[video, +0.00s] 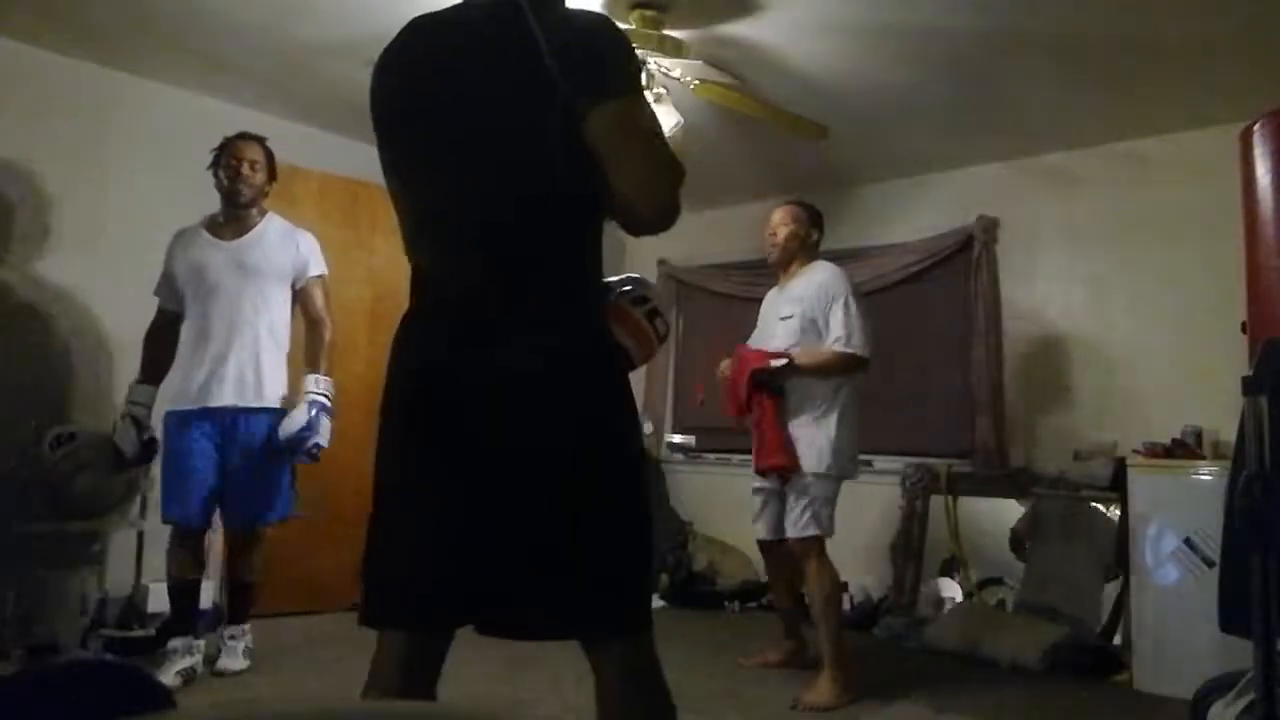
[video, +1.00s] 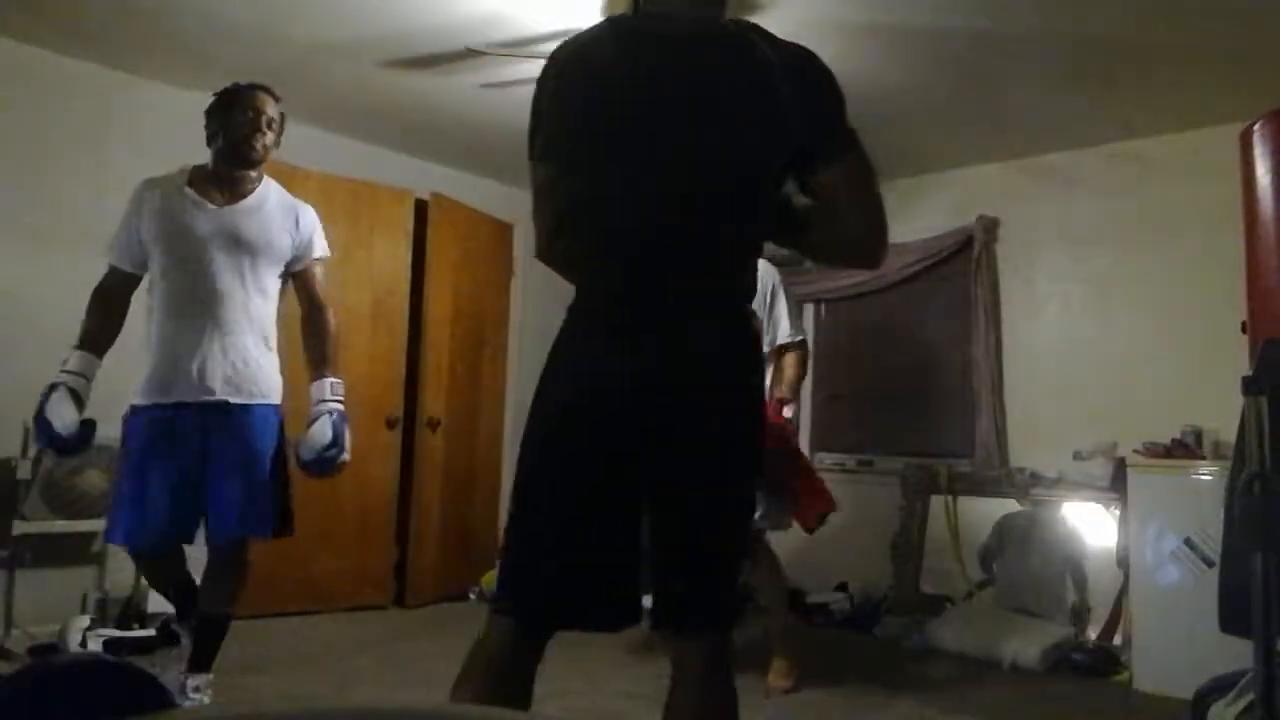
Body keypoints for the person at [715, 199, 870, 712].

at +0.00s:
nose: (768, 237)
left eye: (778, 229)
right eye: (768, 230)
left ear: (808, 235)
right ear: (777, 239)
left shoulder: (830, 278)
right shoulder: (774, 292)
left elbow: (853, 352)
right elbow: (769, 354)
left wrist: (779, 364)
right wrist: (738, 363)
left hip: (817, 440)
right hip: (775, 438)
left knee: (807, 544)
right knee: (771, 541)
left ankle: (833, 672)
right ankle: (793, 642)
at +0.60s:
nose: (717, 225)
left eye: (727, 214)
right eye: (717, 214)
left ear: (749, 217)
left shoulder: (783, 274)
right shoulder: (718, 286)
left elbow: (819, 347)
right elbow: (704, 358)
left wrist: (775, 373)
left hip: (774, 432)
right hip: (718, 433)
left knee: (787, 544)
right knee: (716, 544)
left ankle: (826, 672)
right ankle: (720, 645)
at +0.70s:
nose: (706, 230)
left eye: (713, 220)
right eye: (703, 221)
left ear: (729, 226)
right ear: (701, 232)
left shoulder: (775, 278)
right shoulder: (692, 286)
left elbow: (802, 350)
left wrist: (765, 389)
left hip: (756, 438)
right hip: (704, 439)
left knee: (778, 544)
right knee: (714, 549)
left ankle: (818, 662)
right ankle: (713, 646)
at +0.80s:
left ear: (734, 219)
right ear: (716, 221)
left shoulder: (767, 274)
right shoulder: (692, 277)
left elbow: (801, 345)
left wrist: (775, 388)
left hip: (753, 424)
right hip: (704, 424)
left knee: (760, 531)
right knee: (705, 541)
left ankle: (801, 653)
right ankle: (705, 654)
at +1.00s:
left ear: (732, 230)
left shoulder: (759, 273)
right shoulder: (674, 280)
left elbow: (791, 347)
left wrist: (782, 403)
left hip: (745, 426)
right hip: (686, 424)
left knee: (749, 540)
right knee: (695, 538)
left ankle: (781, 646)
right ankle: (701, 653)